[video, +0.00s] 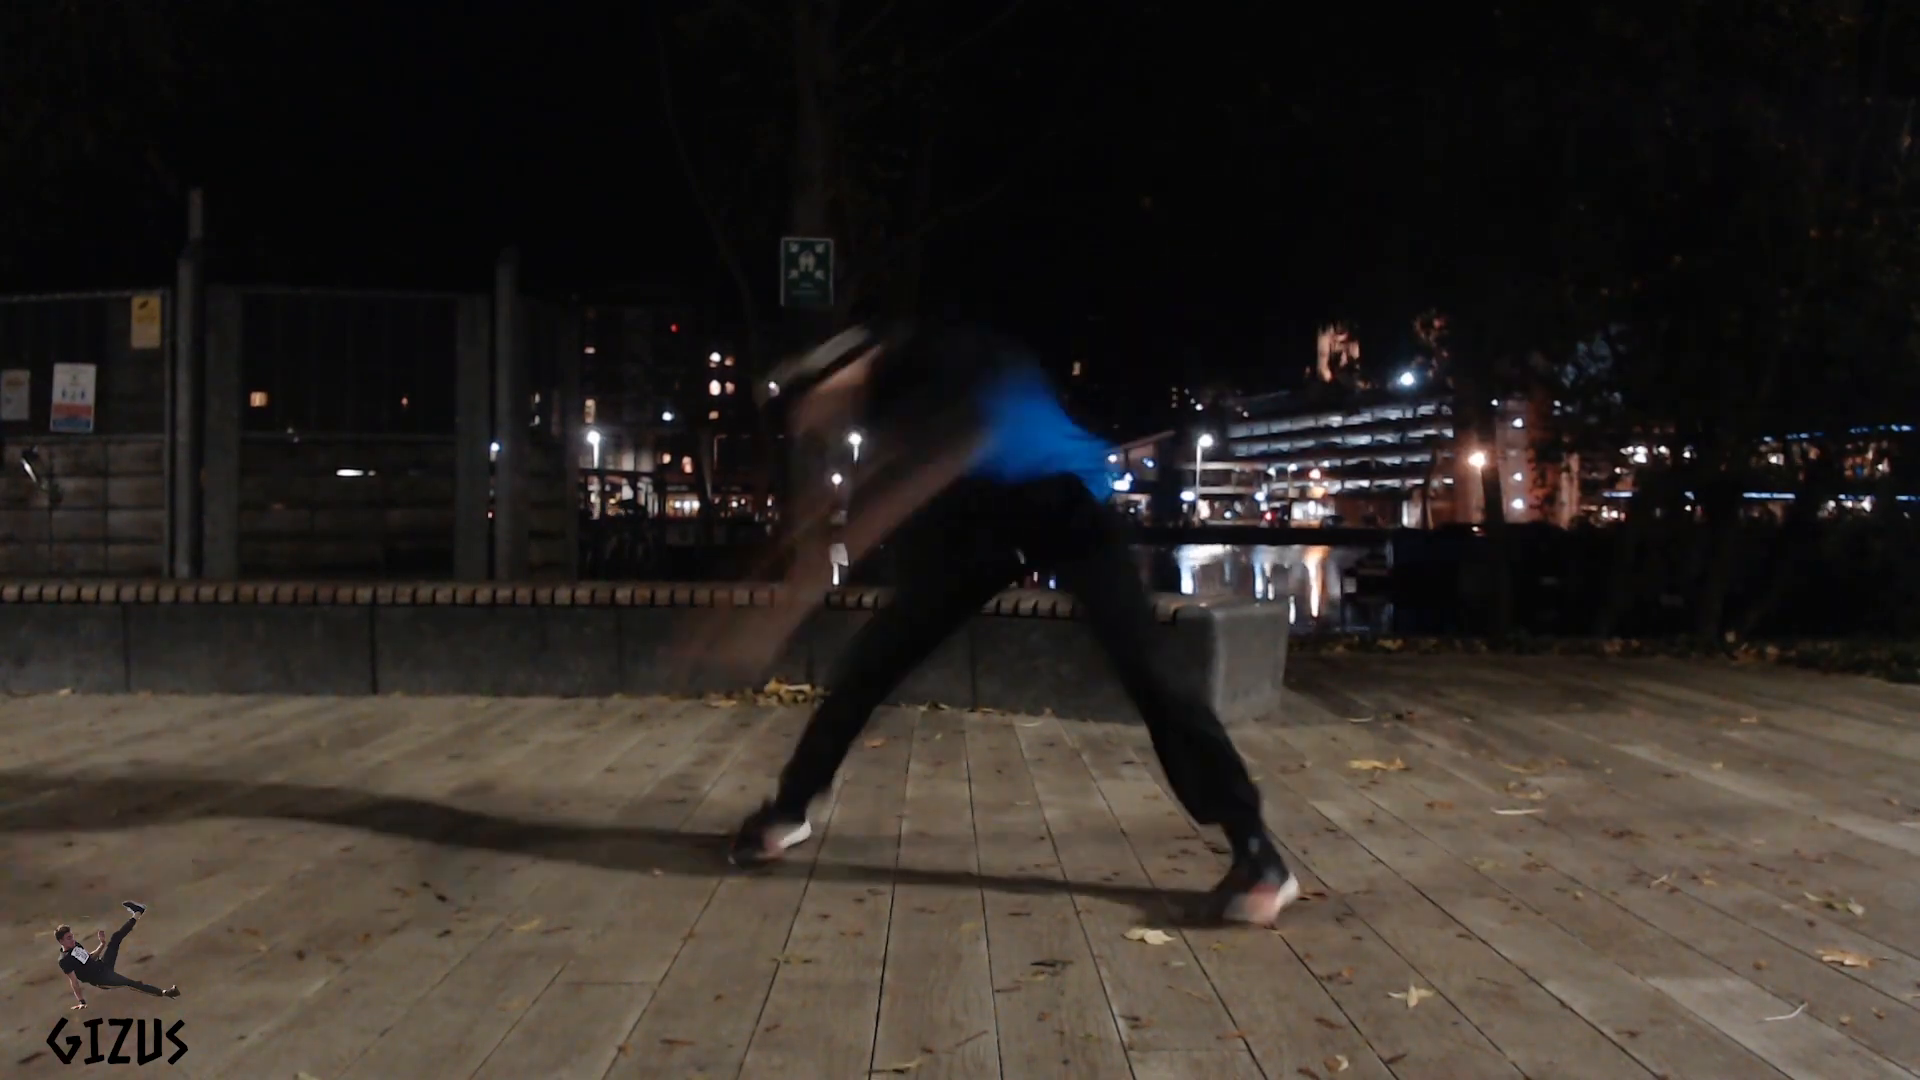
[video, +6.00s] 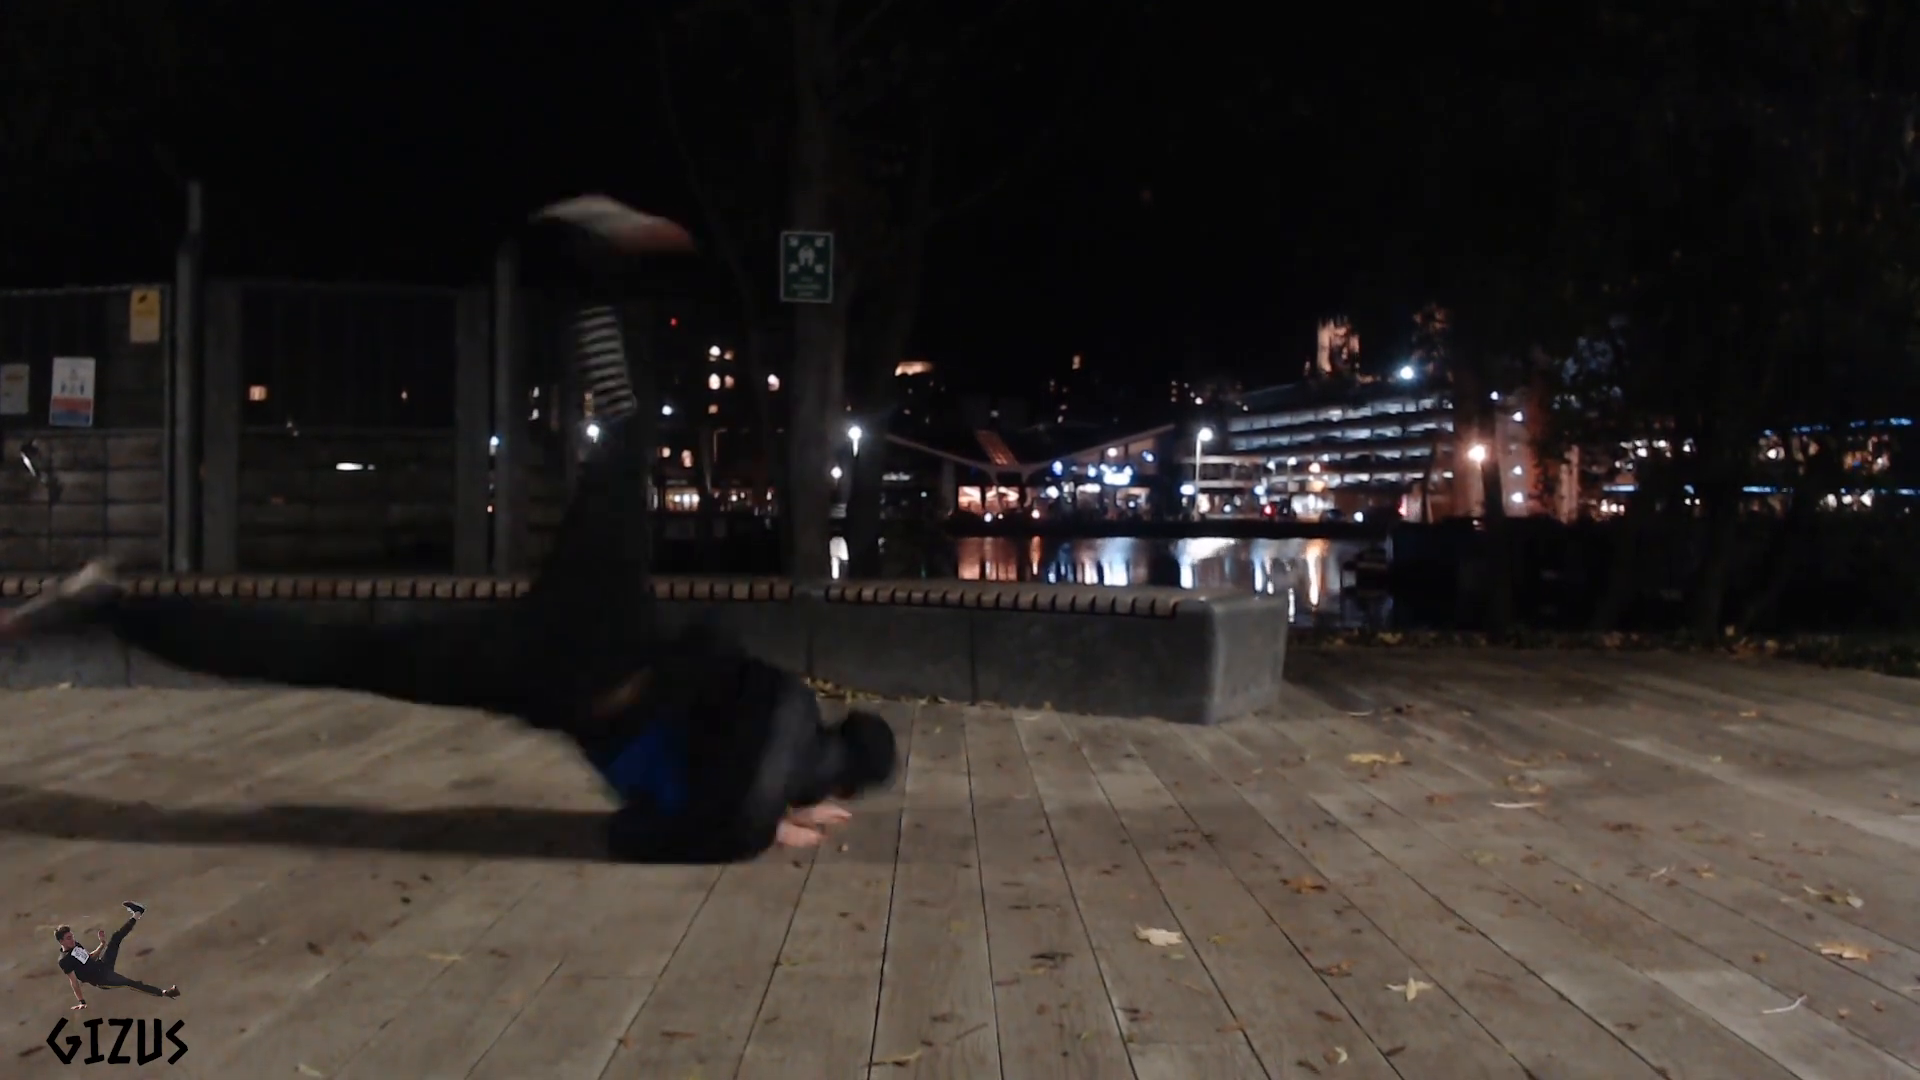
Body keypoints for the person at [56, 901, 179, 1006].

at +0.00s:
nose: (73, 939)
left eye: (72, 936)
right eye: (69, 938)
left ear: (71, 937)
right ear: (61, 942)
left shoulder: (76, 946)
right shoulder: (64, 960)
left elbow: (91, 957)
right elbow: (74, 982)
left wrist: (102, 944)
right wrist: (81, 1001)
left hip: (104, 964)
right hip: (102, 977)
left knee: (115, 939)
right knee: (132, 983)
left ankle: (136, 916)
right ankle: (164, 993)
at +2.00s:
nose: (73, 939)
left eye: (72, 936)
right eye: (69, 937)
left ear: (70, 937)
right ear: (61, 941)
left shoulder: (76, 946)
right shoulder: (64, 961)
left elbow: (91, 958)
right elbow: (74, 982)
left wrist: (102, 945)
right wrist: (81, 1001)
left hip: (104, 964)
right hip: (102, 978)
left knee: (115, 939)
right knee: (131, 983)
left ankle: (135, 917)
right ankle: (164, 993)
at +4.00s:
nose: (73, 939)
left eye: (72, 936)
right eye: (69, 938)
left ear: (72, 936)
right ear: (61, 941)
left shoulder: (76, 946)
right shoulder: (64, 960)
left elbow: (91, 957)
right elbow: (74, 982)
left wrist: (102, 945)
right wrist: (81, 1002)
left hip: (104, 965)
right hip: (102, 978)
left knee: (115, 939)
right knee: (132, 983)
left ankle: (136, 917)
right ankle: (164, 993)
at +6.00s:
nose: (73, 939)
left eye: (72, 936)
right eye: (69, 938)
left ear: (70, 937)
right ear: (62, 941)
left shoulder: (75, 946)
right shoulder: (64, 960)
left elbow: (91, 957)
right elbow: (73, 982)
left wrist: (102, 944)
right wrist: (81, 1001)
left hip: (104, 965)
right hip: (102, 978)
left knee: (116, 939)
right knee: (131, 983)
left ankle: (136, 916)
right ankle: (165, 993)